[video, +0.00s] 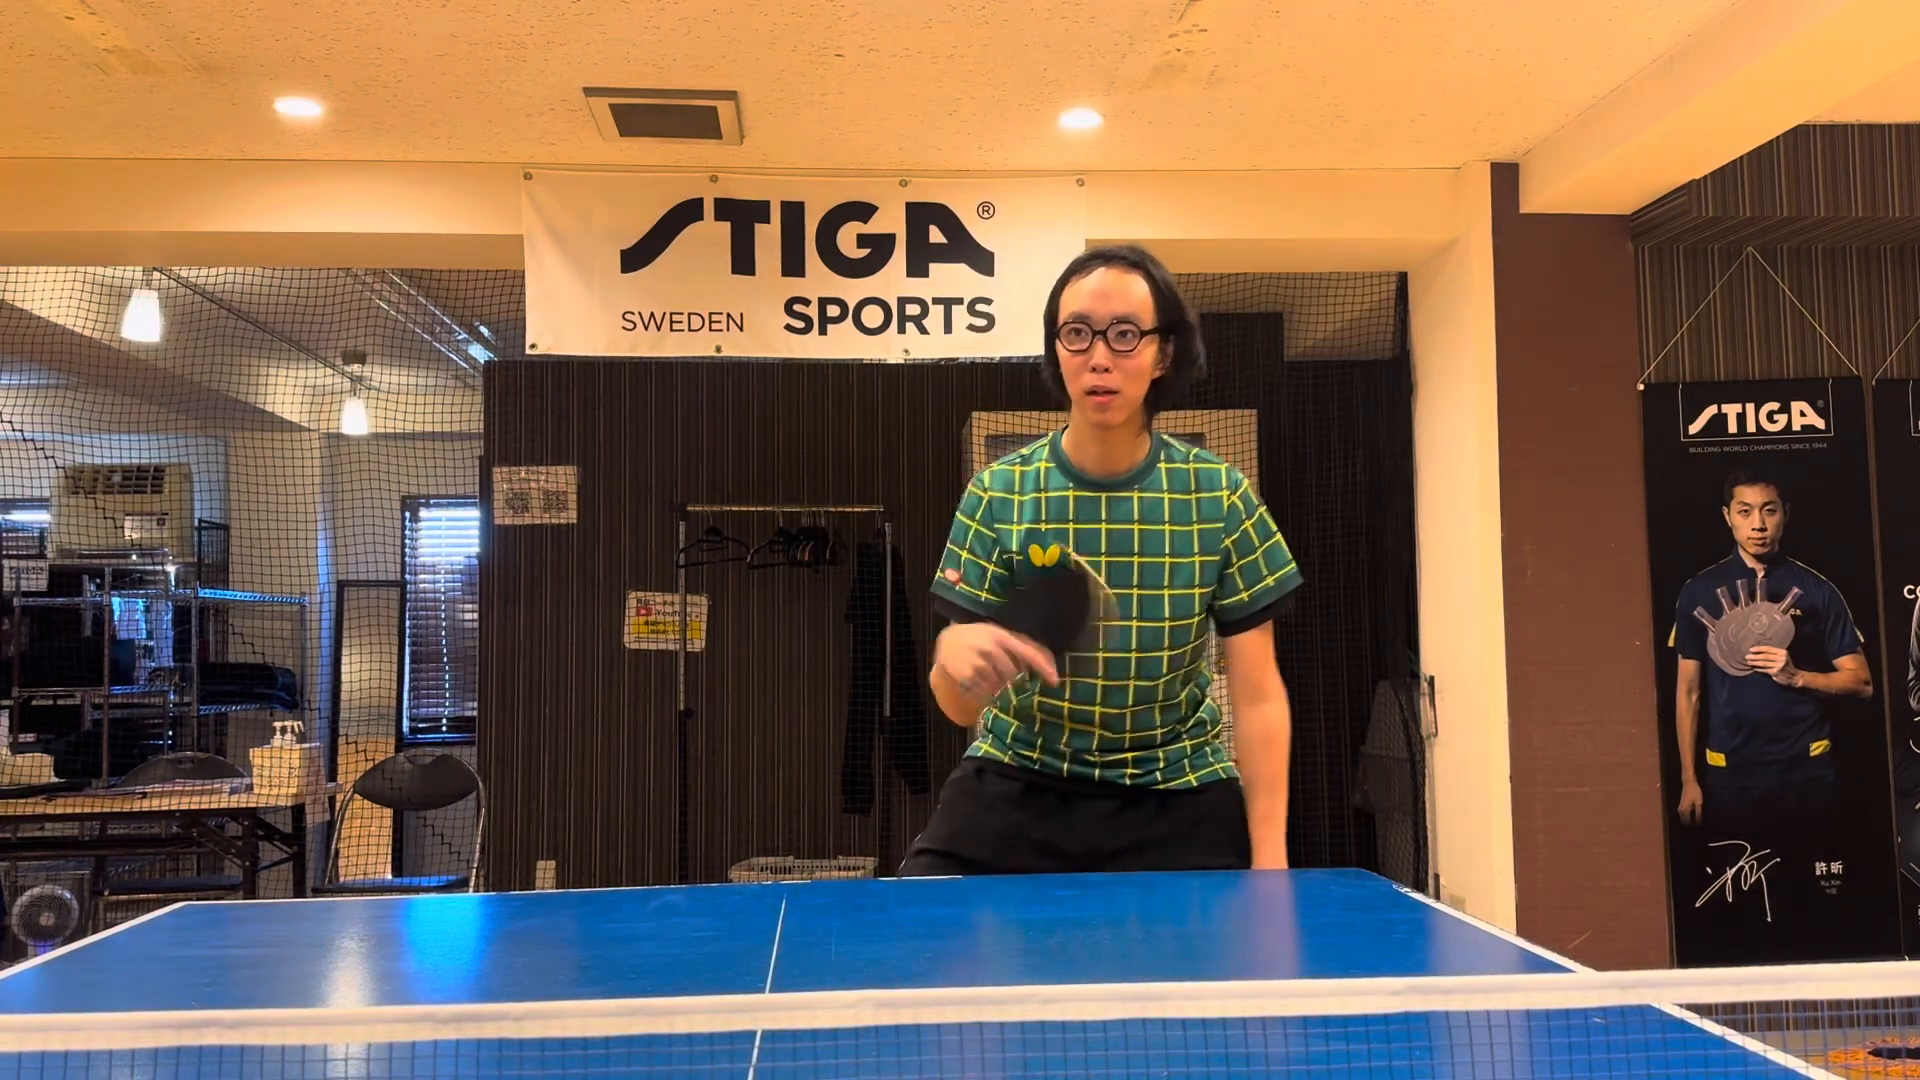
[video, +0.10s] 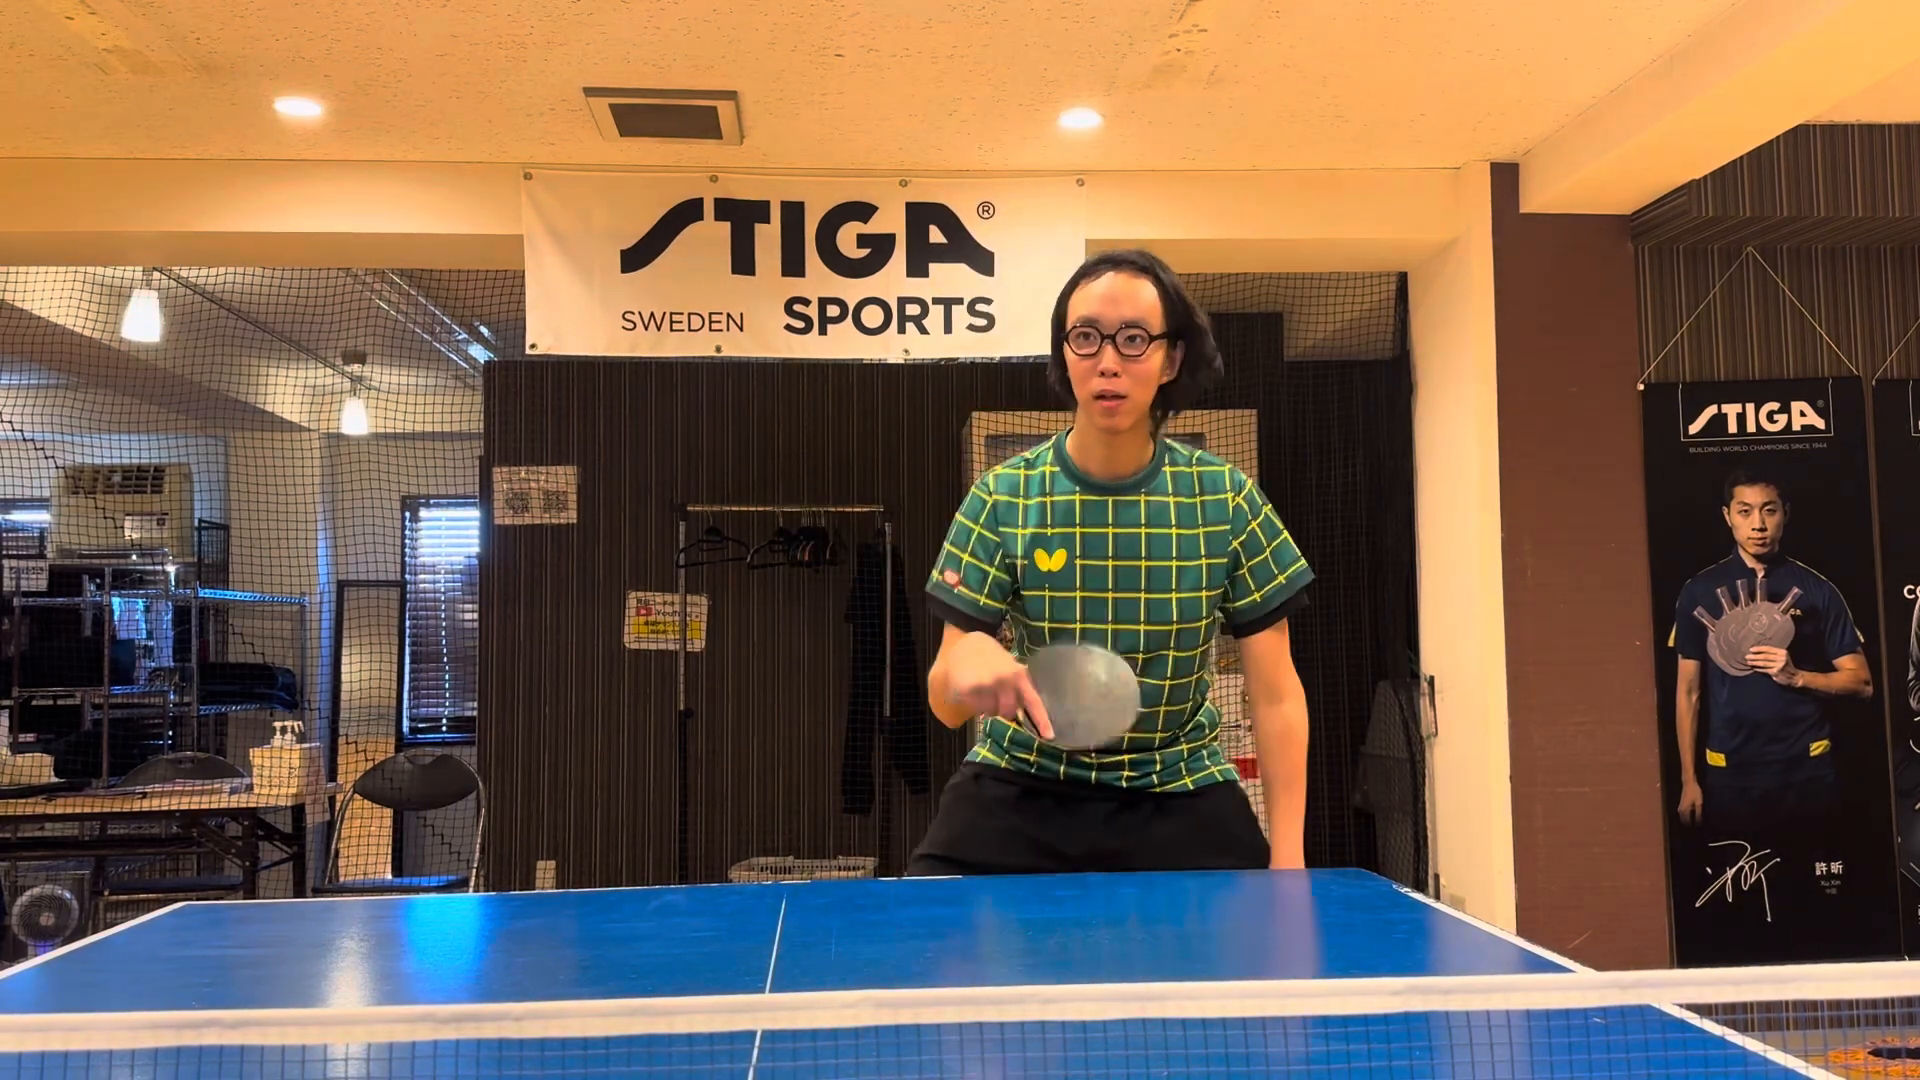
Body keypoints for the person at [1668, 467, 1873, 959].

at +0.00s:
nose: (1758, 523)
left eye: (1768, 510)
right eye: (1745, 511)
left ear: (1784, 516)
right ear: (1728, 517)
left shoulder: (1816, 591)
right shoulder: (1700, 594)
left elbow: (1860, 681)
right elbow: (1688, 692)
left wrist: (1798, 676)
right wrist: (1688, 778)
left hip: (1806, 772)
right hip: (1728, 775)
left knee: (1812, 904)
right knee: (1731, 907)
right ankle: (1737, 1018)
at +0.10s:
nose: (1758, 523)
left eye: (1768, 510)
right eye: (1745, 511)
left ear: (1784, 516)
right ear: (1728, 517)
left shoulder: (1816, 591)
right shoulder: (1700, 594)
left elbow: (1860, 681)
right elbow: (1688, 692)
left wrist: (1798, 676)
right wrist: (1688, 778)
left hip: (1806, 772)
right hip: (1728, 775)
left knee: (1811, 903)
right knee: (1732, 906)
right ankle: (1738, 1018)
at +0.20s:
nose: (1758, 522)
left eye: (1768, 510)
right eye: (1745, 511)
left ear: (1784, 516)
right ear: (1728, 517)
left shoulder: (1816, 591)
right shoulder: (1700, 594)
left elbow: (1860, 681)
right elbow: (1688, 692)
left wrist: (1797, 676)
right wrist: (1688, 778)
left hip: (1806, 771)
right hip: (1728, 775)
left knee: (1812, 901)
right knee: (1732, 905)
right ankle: (1737, 1017)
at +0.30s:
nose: (1758, 523)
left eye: (1768, 510)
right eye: (1745, 511)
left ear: (1784, 516)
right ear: (1728, 517)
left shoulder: (1817, 591)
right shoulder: (1700, 594)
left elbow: (1860, 681)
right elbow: (1688, 692)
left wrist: (1797, 676)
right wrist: (1688, 778)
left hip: (1806, 771)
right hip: (1729, 775)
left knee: (1813, 903)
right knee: (1732, 907)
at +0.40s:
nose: (1758, 523)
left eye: (1768, 510)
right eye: (1745, 511)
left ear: (1784, 516)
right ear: (1728, 517)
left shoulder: (1816, 591)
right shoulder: (1699, 594)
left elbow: (1860, 681)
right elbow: (1688, 691)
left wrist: (1798, 676)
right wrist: (1688, 778)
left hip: (1806, 772)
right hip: (1728, 776)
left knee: (1812, 904)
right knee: (1731, 908)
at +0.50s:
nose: (1758, 523)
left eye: (1768, 510)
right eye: (1745, 511)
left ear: (1784, 516)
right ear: (1728, 517)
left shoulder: (1816, 592)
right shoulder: (1700, 594)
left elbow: (1860, 681)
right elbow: (1688, 692)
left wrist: (1798, 676)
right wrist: (1688, 778)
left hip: (1806, 772)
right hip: (1728, 775)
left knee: (1812, 904)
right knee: (1732, 907)